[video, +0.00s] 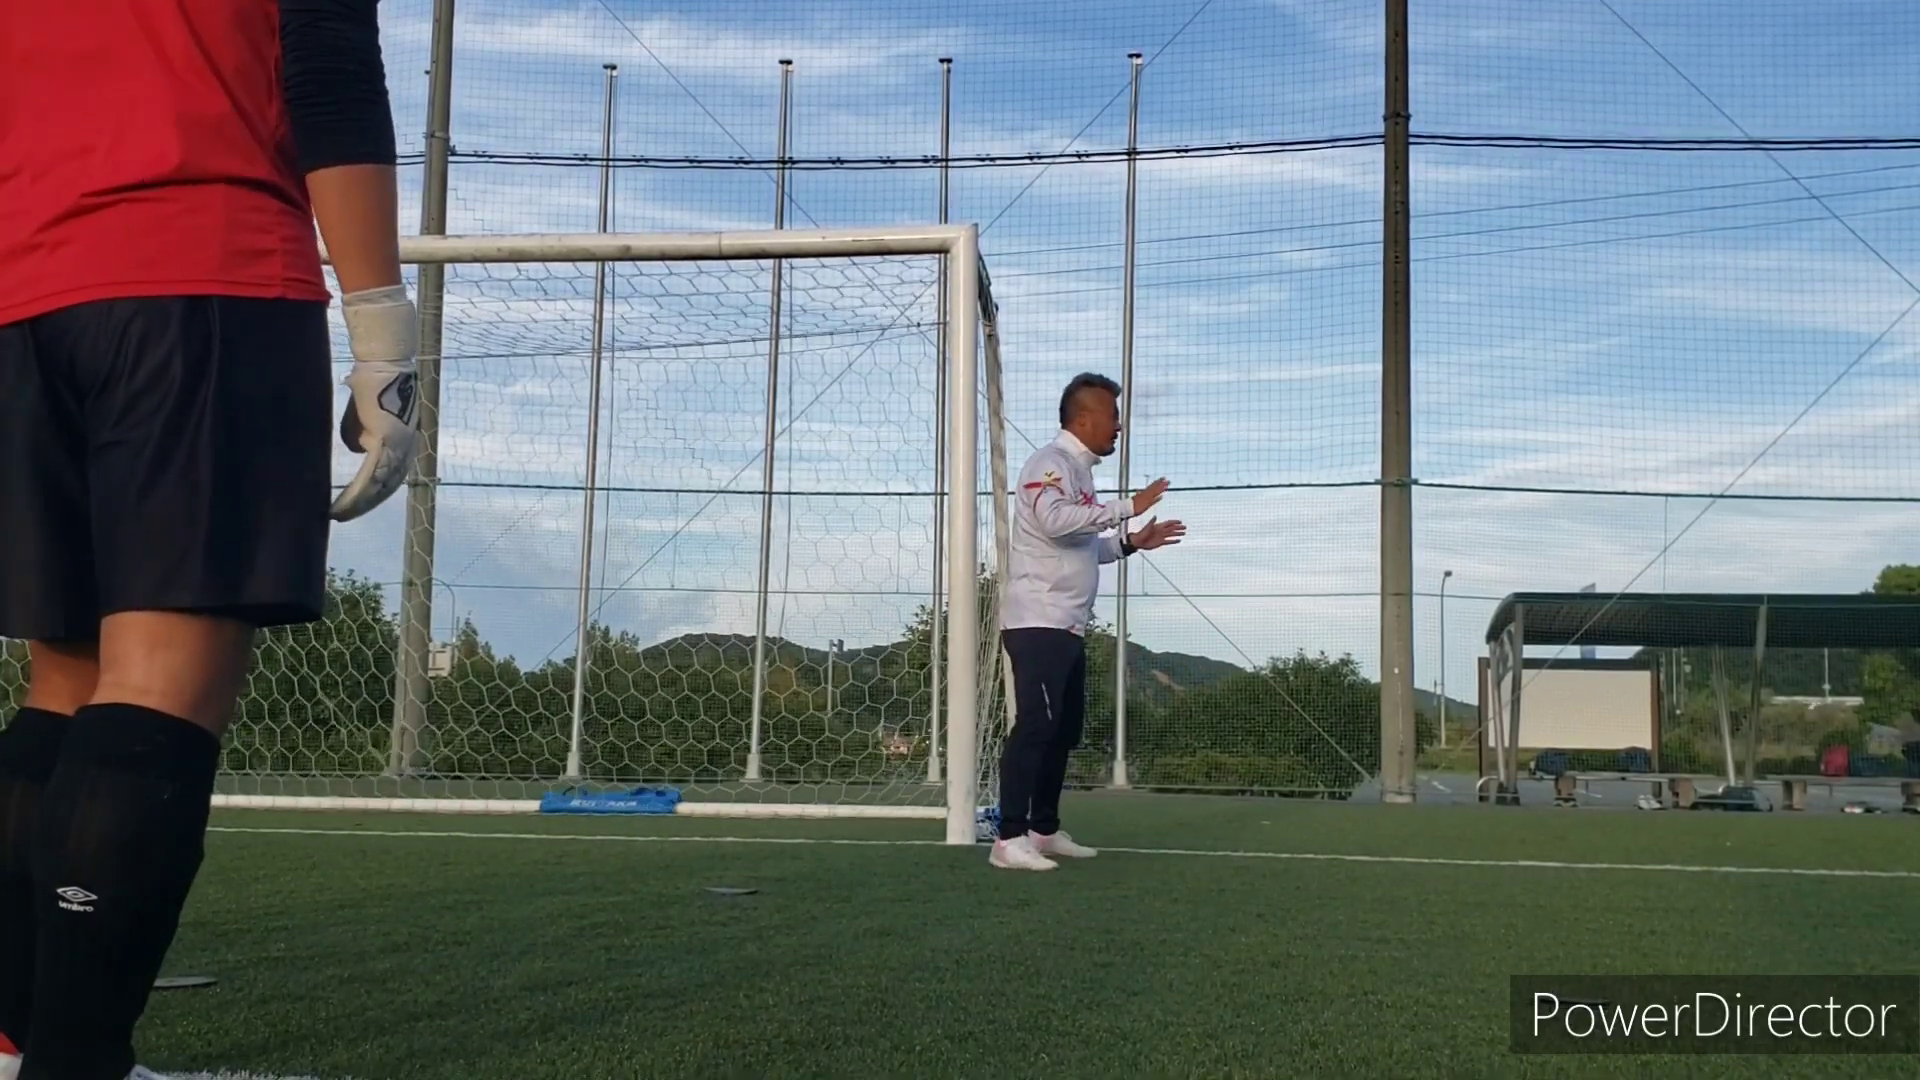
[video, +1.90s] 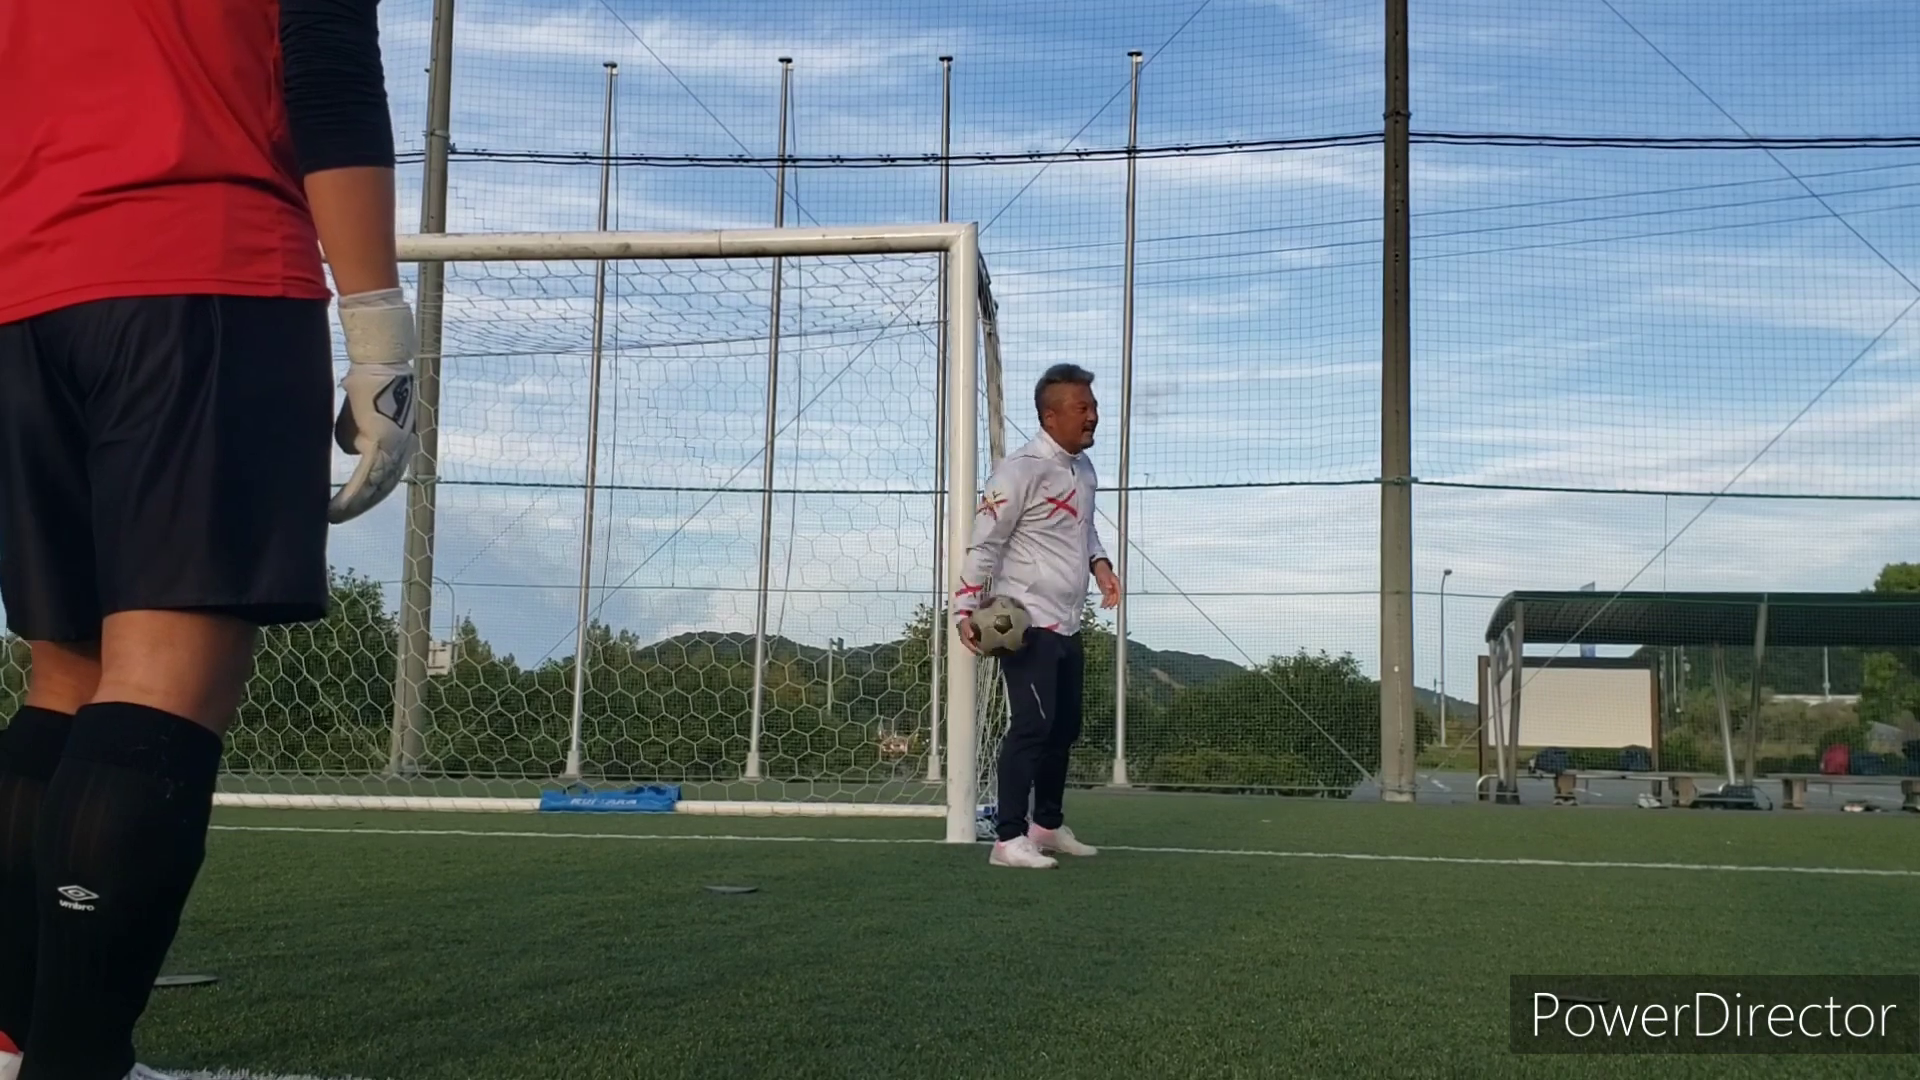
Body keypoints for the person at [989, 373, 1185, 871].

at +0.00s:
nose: (1119, 424)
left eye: (1118, 414)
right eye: (1112, 413)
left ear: (1088, 419)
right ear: (1082, 416)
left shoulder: (1082, 477)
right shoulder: (1050, 461)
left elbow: (1087, 549)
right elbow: (1053, 520)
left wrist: (1134, 541)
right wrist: (1127, 507)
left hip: (1065, 622)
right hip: (1035, 619)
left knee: (1063, 728)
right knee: (1036, 725)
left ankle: (1044, 831)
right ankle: (1009, 841)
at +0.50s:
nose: (1103, 419)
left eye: (1101, 411)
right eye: (1094, 410)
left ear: (1075, 417)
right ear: (1066, 415)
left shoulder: (1074, 473)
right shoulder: (1039, 463)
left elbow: (1114, 526)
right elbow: (1082, 501)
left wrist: (1141, 484)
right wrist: (1129, 459)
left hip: (1066, 622)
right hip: (1033, 618)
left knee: (1066, 727)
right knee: (1041, 724)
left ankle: (1043, 831)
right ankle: (1010, 840)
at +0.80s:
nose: (1093, 420)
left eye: (1093, 412)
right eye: (1085, 411)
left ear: (1066, 416)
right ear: (1052, 415)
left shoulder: (1081, 477)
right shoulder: (1029, 464)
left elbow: (1114, 521)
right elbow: (1067, 511)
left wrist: (1160, 527)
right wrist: (1148, 516)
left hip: (1061, 620)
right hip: (1026, 616)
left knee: (1062, 726)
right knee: (1034, 723)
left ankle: (1042, 831)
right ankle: (1009, 841)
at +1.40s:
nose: (1097, 428)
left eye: (1100, 419)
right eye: (1088, 418)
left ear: (1095, 423)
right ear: (1056, 421)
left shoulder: (1089, 483)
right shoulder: (1025, 467)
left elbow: (1104, 532)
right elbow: (1036, 531)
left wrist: (1129, 554)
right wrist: (1102, 557)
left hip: (1056, 623)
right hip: (1011, 614)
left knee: (1060, 724)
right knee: (1025, 720)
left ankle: (1041, 832)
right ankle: (1008, 841)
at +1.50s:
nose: (1098, 428)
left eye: (1101, 419)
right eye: (1088, 419)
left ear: (1099, 422)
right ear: (1055, 421)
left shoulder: (1092, 481)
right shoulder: (1023, 469)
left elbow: (1102, 538)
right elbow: (998, 535)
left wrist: (1106, 558)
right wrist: (1040, 567)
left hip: (1061, 620)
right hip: (1014, 616)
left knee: (1060, 726)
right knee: (1027, 721)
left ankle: (1041, 832)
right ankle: (1008, 841)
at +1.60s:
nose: (1098, 427)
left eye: (1100, 417)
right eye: (1087, 419)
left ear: (1098, 421)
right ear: (1055, 423)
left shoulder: (1093, 480)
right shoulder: (1019, 471)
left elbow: (1102, 532)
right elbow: (962, 517)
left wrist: (1103, 557)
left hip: (1064, 625)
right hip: (1017, 619)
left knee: (1060, 729)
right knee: (1026, 723)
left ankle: (1041, 832)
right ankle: (1007, 841)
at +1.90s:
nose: (1094, 415)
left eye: (1094, 406)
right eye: (1084, 408)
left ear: (1085, 412)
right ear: (1050, 416)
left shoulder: (1083, 469)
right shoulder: (1019, 468)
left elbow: (1083, 526)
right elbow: (986, 543)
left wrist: (1100, 563)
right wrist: (966, 606)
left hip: (1066, 624)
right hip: (1025, 621)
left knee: (1062, 727)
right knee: (1031, 725)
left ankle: (1045, 827)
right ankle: (1008, 840)